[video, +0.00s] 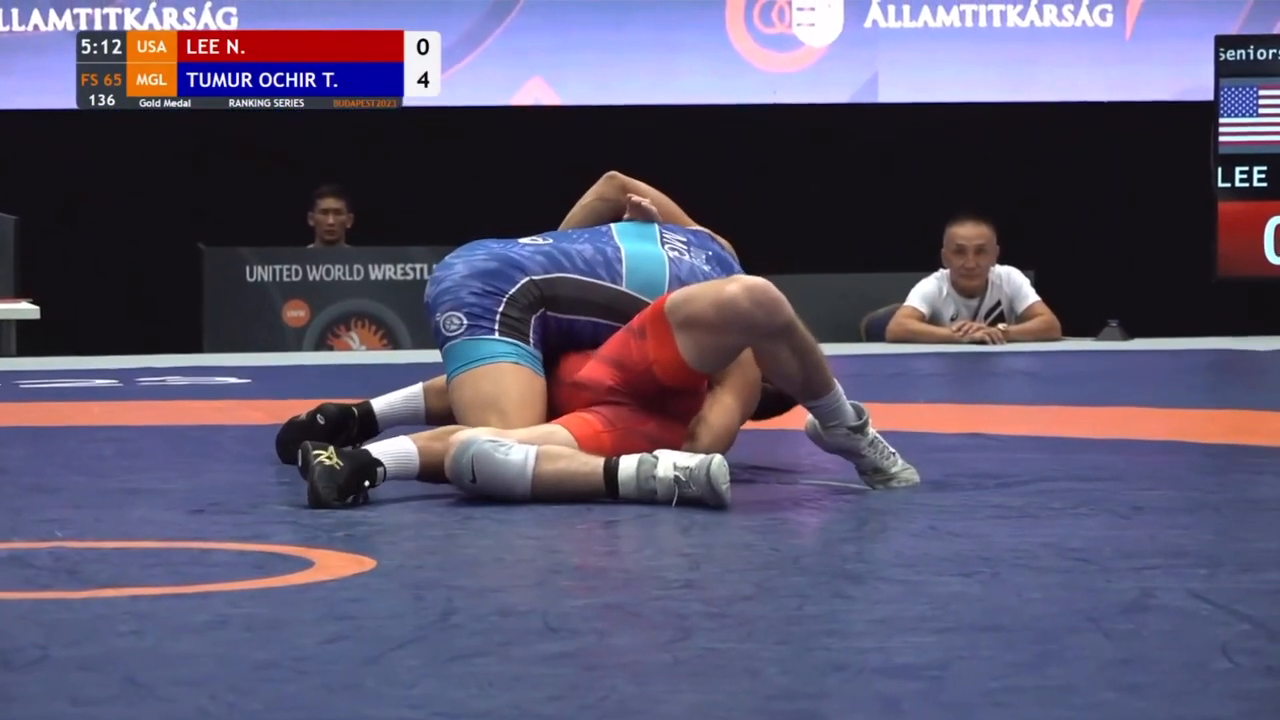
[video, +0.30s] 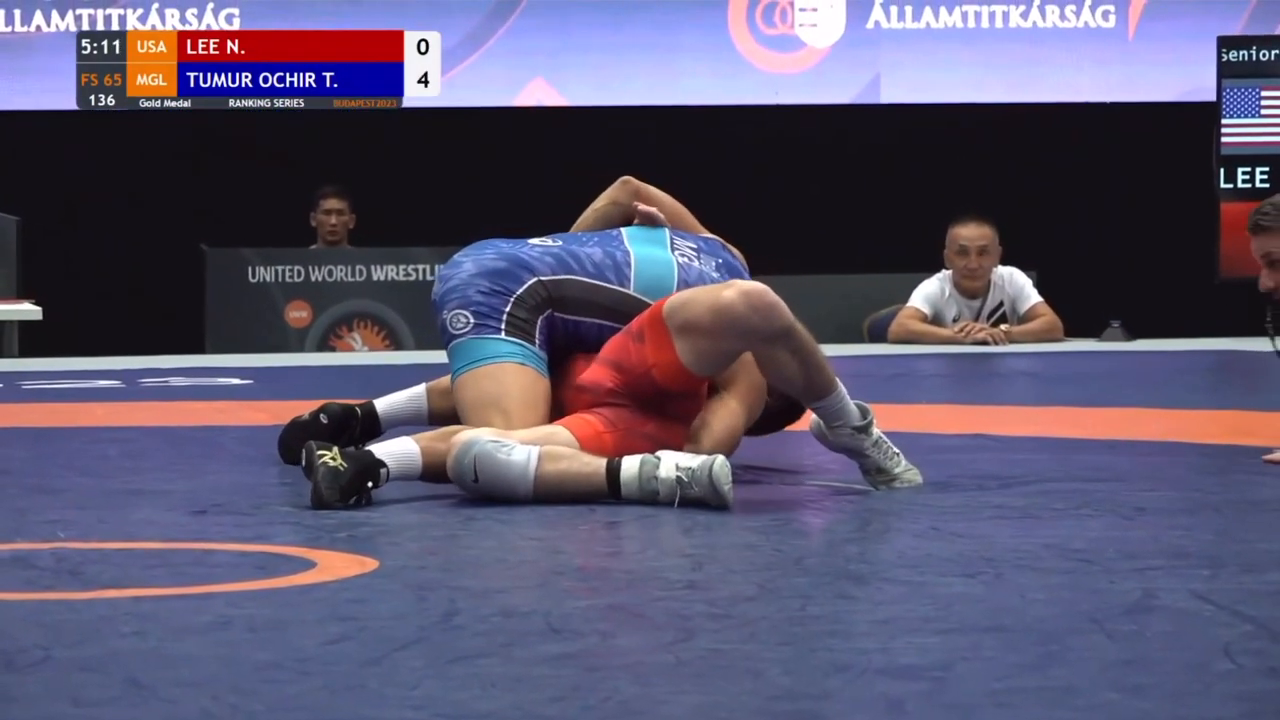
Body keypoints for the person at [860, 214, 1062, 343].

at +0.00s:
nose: (970, 263)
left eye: (980, 252)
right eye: (959, 253)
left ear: (996, 254)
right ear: (944, 256)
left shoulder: (1010, 279)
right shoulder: (931, 287)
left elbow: (1051, 328)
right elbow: (896, 330)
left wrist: (994, 334)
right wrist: (962, 336)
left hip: (1004, 381)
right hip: (944, 383)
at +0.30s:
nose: (972, 264)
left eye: (983, 253)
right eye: (962, 253)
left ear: (998, 255)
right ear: (946, 255)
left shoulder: (1012, 279)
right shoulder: (934, 287)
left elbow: (1054, 328)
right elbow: (899, 330)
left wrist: (999, 333)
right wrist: (962, 336)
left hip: (1005, 377)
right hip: (947, 378)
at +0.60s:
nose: (974, 264)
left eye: (985, 254)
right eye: (964, 254)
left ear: (1000, 255)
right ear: (948, 256)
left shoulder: (1014, 280)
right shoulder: (936, 288)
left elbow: (1056, 329)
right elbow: (901, 330)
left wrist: (1001, 334)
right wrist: (964, 336)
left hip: (1006, 378)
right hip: (949, 379)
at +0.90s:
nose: (976, 264)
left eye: (986, 254)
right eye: (965, 254)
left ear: (1001, 255)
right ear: (949, 256)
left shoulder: (1015, 280)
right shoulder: (937, 288)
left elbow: (1057, 329)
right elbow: (902, 330)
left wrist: (1003, 334)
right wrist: (966, 336)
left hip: (1008, 378)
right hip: (950, 379)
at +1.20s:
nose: (974, 264)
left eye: (984, 254)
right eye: (963, 254)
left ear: (999, 255)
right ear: (948, 256)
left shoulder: (1013, 280)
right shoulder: (935, 287)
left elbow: (1055, 330)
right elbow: (900, 331)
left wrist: (1002, 334)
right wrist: (964, 336)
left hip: (1006, 379)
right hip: (947, 381)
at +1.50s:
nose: (969, 265)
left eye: (980, 254)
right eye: (959, 254)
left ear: (995, 255)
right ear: (943, 258)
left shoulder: (1009, 280)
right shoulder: (931, 288)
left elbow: (1051, 329)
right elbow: (896, 331)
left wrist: (997, 334)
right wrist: (959, 337)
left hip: (1001, 379)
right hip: (943, 380)